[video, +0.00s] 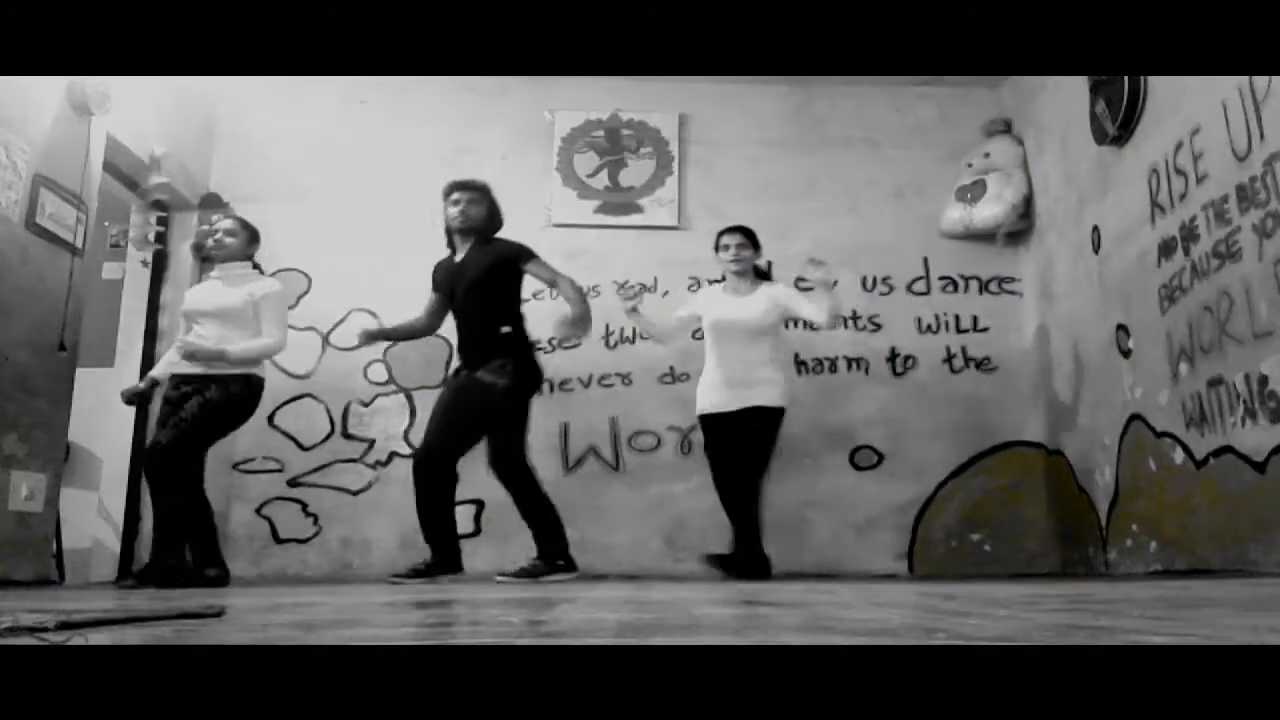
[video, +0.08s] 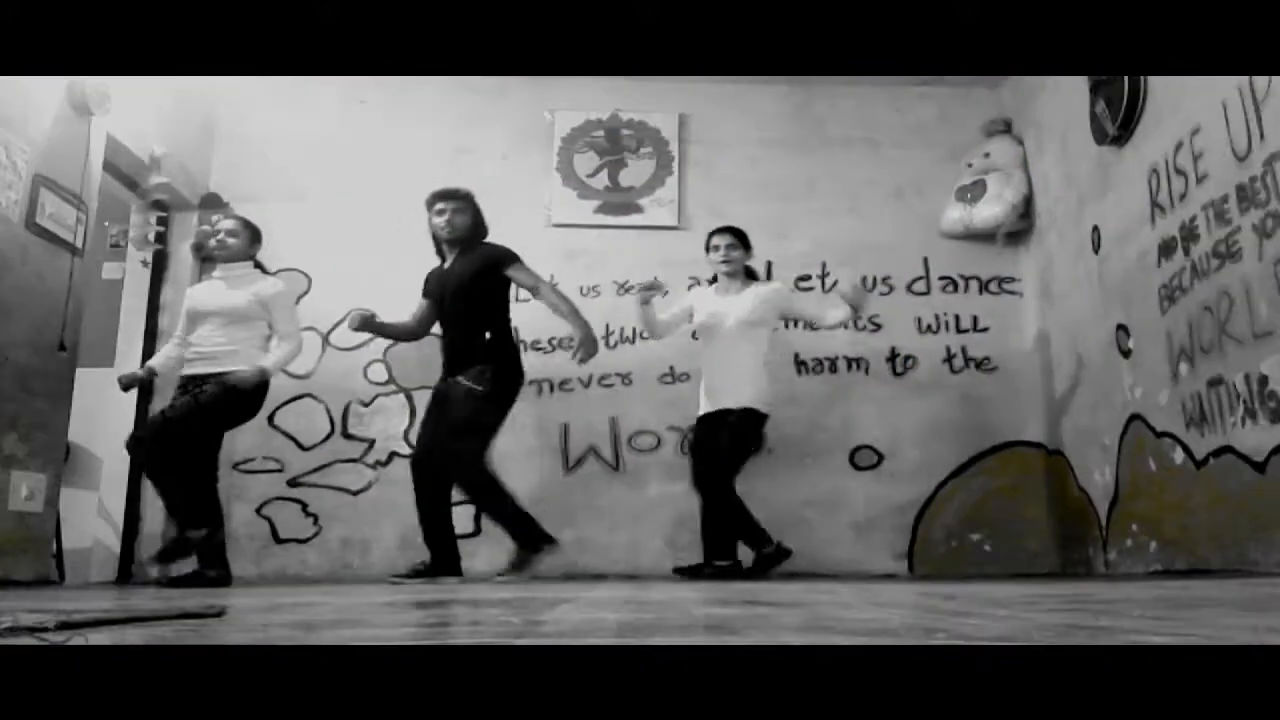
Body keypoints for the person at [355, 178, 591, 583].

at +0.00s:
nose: (461, 208)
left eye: (472, 203)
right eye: (454, 203)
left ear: (489, 214)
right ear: (444, 216)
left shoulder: (504, 252)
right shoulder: (446, 270)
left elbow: (560, 281)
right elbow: (427, 323)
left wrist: (581, 312)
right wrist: (381, 334)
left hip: (511, 371)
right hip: (471, 375)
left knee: (508, 462)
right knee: (432, 460)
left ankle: (556, 554)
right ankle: (444, 558)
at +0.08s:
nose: (447, 218)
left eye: (457, 212)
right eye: (439, 213)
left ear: (474, 220)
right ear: (431, 224)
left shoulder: (491, 257)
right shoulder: (437, 279)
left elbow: (541, 289)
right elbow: (416, 328)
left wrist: (583, 329)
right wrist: (374, 326)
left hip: (495, 374)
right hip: (455, 378)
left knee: (462, 460)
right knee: (427, 463)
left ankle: (533, 540)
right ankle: (444, 561)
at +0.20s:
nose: (436, 217)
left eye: (445, 210)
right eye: (427, 213)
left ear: (464, 217)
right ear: (421, 227)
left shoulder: (483, 252)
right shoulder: (431, 276)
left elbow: (536, 285)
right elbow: (413, 326)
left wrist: (570, 326)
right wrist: (375, 323)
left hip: (484, 366)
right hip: (451, 370)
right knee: (424, 450)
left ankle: (483, 511)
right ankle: (442, 556)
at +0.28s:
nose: (432, 217)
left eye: (441, 209)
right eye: (423, 213)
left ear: (458, 217)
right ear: (415, 226)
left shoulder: (478, 251)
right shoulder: (423, 274)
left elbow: (532, 283)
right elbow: (410, 327)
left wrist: (557, 324)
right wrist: (375, 325)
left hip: (480, 362)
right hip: (448, 368)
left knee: (377, 407)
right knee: (422, 452)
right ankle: (443, 558)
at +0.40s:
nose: (426, 218)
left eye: (435, 210)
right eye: (418, 213)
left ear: (456, 217)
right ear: (410, 227)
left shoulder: (472, 252)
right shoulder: (419, 275)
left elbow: (527, 287)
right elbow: (408, 328)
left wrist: (545, 325)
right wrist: (375, 332)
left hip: (472, 365)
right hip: (440, 369)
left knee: (390, 437)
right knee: (419, 459)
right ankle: (443, 559)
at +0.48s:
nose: (424, 214)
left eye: (433, 207)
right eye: (415, 210)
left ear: (450, 215)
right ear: (406, 223)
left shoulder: (467, 249)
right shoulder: (411, 273)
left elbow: (524, 283)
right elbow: (403, 326)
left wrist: (541, 323)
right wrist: (378, 335)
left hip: (473, 358)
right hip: (438, 364)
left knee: (373, 407)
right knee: (424, 454)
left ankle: (352, 500)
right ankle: (444, 559)